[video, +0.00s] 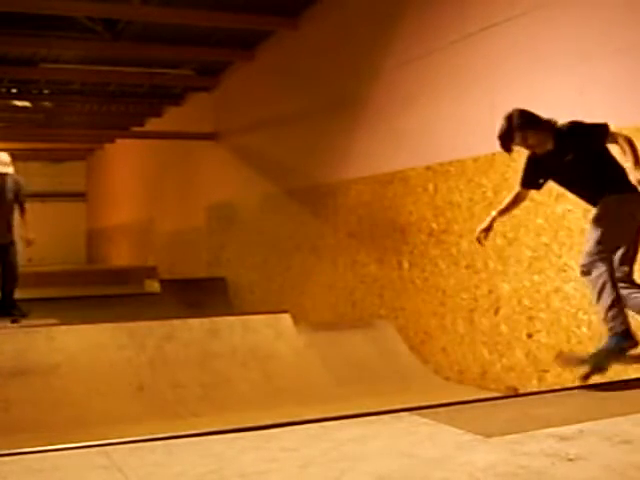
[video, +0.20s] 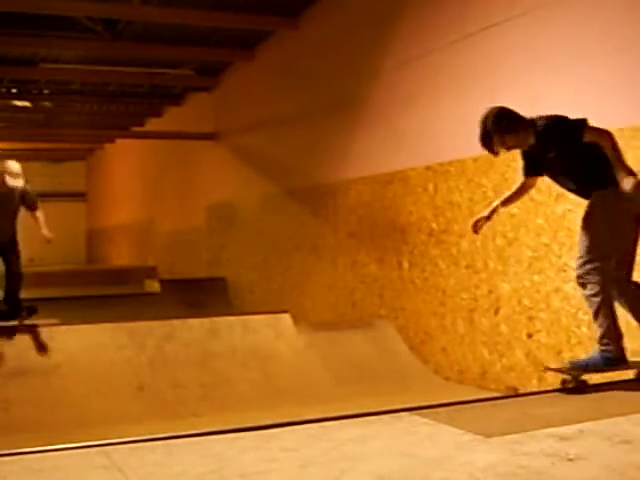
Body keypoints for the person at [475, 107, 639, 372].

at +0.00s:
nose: (527, 148)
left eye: (525, 140)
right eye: (521, 145)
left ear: (533, 127)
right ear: (521, 143)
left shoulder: (573, 132)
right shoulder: (538, 161)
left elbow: (621, 139)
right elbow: (521, 194)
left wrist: (635, 169)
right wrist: (492, 219)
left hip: (620, 201)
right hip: (623, 205)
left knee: (593, 264)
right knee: (619, 280)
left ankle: (619, 334)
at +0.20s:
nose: (506, 149)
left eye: (502, 143)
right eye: (501, 146)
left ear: (509, 130)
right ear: (507, 132)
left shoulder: (551, 128)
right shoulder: (531, 151)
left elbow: (603, 137)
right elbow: (527, 184)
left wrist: (622, 172)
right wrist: (493, 209)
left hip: (610, 196)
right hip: (618, 196)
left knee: (589, 274)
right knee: (617, 279)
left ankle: (610, 350)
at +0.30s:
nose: (498, 145)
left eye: (495, 139)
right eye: (493, 143)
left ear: (501, 125)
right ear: (502, 125)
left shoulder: (539, 121)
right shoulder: (527, 141)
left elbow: (587, 138)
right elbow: (528, 171)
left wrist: (592, 181)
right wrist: (503, 200)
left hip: (604, 190)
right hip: (620, 188)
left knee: (581, 273)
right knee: (610, 275)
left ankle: (596, 353)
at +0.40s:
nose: (490, 140)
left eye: (486, 134)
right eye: (485, 138)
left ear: (492, 119)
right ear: (494, 116)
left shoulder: (527, 118)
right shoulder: (523, 125)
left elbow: (566, 138)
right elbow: (534, 155)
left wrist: (564, 186)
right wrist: (514, 186)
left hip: (592, 191)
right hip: (609, 186)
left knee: (564, 273)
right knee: (597, 274)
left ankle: (582, 353)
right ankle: (638, 340)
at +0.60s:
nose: (467, 139)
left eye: (462, 134)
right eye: (461, 137)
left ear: (465, 118)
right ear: (468, 110)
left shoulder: (502, 115)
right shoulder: (501, 116)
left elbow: (539, 137)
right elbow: (532, 148)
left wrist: (532, 196)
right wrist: (523, 182)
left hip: (574, 184)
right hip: (594, 176)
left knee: (552, 271)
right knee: (592, 270)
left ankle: (578, 351)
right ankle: (637, 337)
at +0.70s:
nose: (457, 147)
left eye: (451, 143)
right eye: (450, 146)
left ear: (453, 127)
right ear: (457, 115)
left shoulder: (488, 121)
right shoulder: (492, 116)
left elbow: (523, 146)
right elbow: (539, 138)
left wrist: (511, 207)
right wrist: (537, 181)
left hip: (568, 181)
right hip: (590, 171)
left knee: (552, 269)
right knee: (592, 265)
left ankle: (577, 351)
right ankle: (635, 332)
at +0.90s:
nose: (442, 162)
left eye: (436, 157)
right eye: (435, 160)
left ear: (440, 140)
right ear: (441, 132)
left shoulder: (471, 137)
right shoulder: (476, 128)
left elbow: (497, 177)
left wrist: (479, 236)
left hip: (555, 180)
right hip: (576, 167)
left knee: (548, 268)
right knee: (578, 252)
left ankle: (577, 349)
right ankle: (635, 305)